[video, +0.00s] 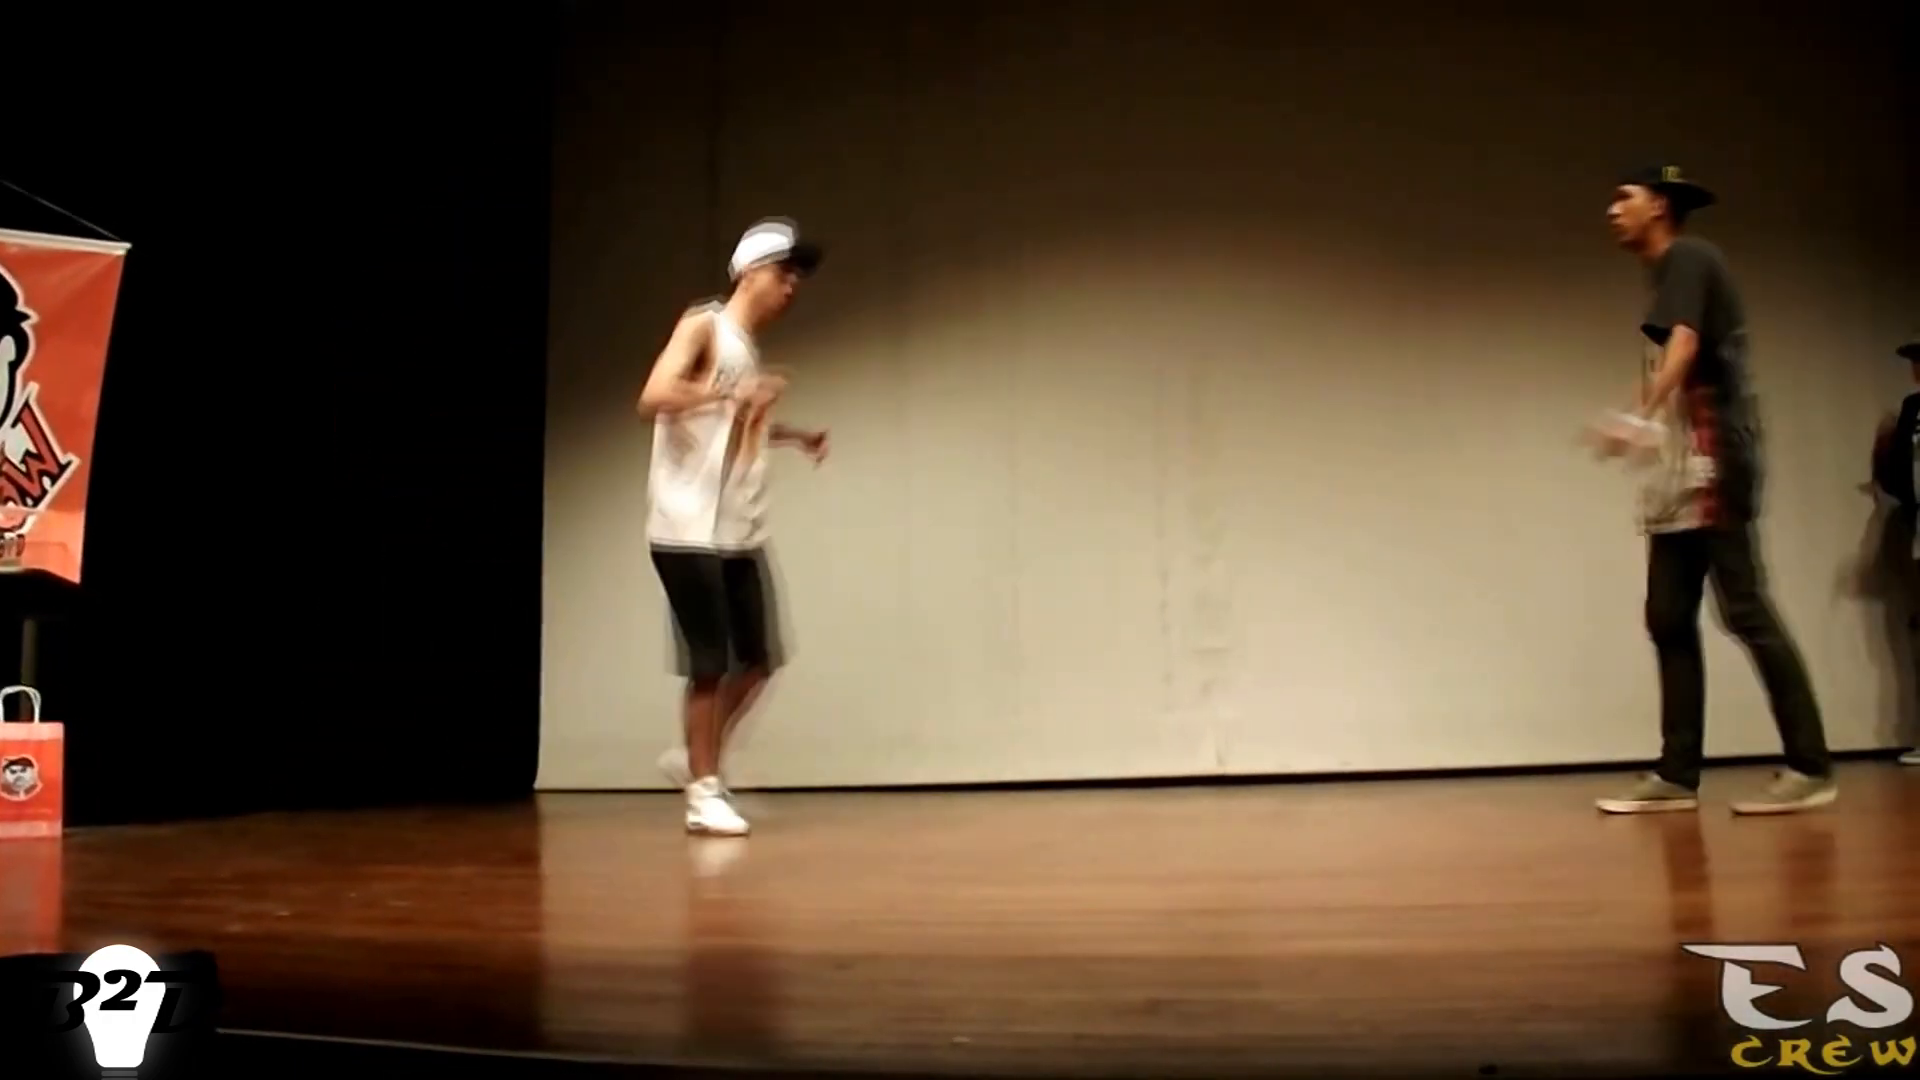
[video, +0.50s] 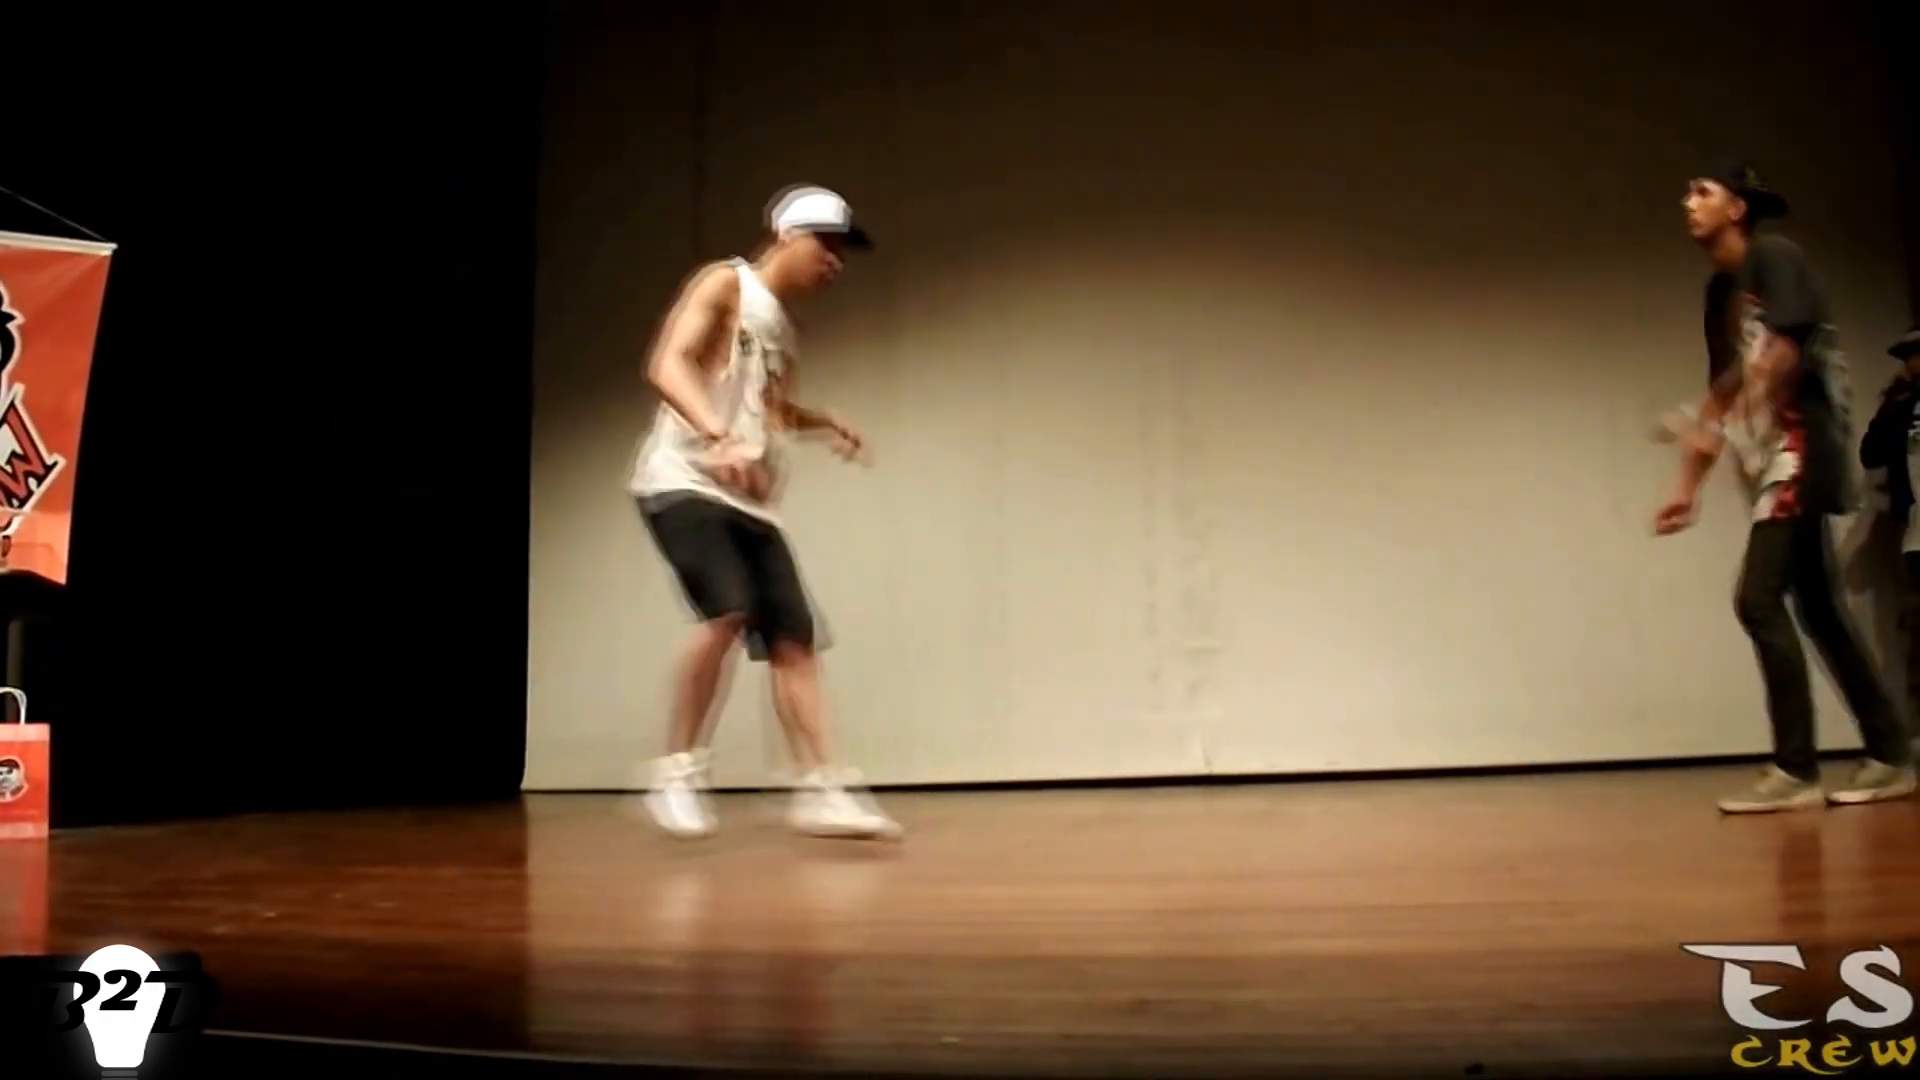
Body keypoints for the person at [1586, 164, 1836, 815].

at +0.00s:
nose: (1613, 211)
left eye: (1625, 199)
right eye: (1615, 201)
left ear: (1662, 208)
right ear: (1654, 212)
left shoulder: (1690, 259)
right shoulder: (1666, 276)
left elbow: (1683, 349)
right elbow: (1682, 373)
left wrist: (1641, 419)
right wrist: (1641, 433)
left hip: (1716, 470)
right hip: (1680, 473)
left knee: (1745, 610)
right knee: (1669, 619)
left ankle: (1811, 768)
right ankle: (1677, 776)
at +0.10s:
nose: (1628, 210)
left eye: (1640, 198)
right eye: (1630, 200)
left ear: (1678, 207)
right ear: (1660, 214)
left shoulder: (1708, 261)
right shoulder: (1679, 281)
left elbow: (1673, 345)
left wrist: (1591, 398)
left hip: (1746, 473)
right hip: (1702, 478)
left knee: (1770, 614)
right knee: (1659, 605)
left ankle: (1812, 773)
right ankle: (1687, 768)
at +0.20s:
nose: (1642, 201)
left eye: (1655, 189)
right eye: (1644, 191)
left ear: (1693, 197)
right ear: (1681, 201)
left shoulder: (1726, 250)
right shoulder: (1699, 267)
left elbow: (1680, 332)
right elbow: (1723, 387)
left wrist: (1578, 375)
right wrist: (1700, 472)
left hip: (1765, 458)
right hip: (1719, 460)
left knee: (1775, 609)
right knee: (1666, 595)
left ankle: (1808, 772)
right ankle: (1754, 743)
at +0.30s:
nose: (1660, 196)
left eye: (1673, 185)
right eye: (1662, 186)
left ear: (1711, 195)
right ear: (1694, 199)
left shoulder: (1745, 250)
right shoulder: (1714, 268)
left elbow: (1699, 330)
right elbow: (1739, 386)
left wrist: (1597, 366)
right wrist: (1718, 471)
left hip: (1775, 463)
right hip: (1731, 465)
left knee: (1779, 612)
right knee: (1698, 602)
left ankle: (1806, 774)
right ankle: (1805, 707)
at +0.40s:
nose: (1675, 196)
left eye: (1689, 185)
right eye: (1676, 187)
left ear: (1726, 197)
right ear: (1701, 204)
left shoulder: (1757, 252)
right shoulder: (1719, 274)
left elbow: (1736, 340)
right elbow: (1732, 392)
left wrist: (1642, 379)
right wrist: (1713, 469)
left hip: (1783, 462)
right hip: (1751, 467)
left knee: (1778, 611)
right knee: (1763, 613)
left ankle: (1803, 774)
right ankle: (1866, 733)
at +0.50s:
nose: (1688, 204)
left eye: (1701, 195)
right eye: (1689, 195)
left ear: (1737, 208)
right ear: (1717, 213)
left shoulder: (1774, 257)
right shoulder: (1721, 289)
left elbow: (1785, 350)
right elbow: (1719, 394)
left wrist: (1731, 413)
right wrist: (1687, 488)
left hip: (1804, 453)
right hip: (1773, 459)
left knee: (1759, 600)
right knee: (1817, 605)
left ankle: (1795, 770)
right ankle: (1893, 753)